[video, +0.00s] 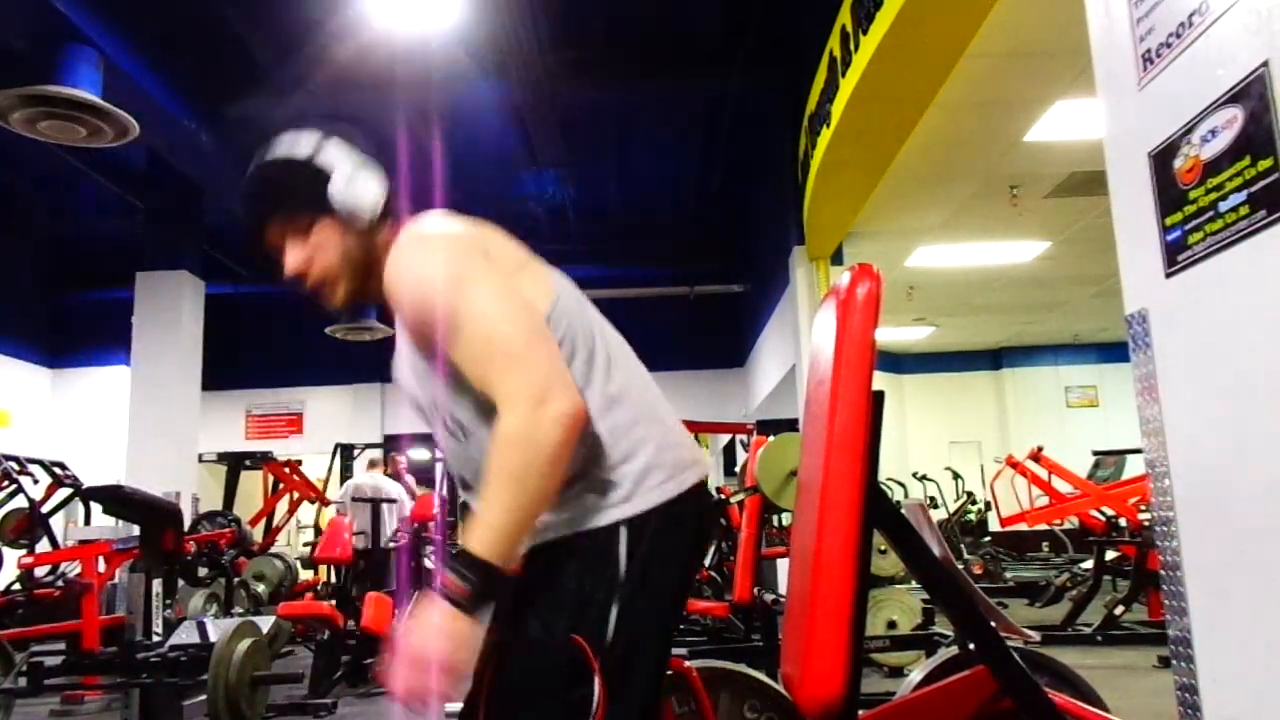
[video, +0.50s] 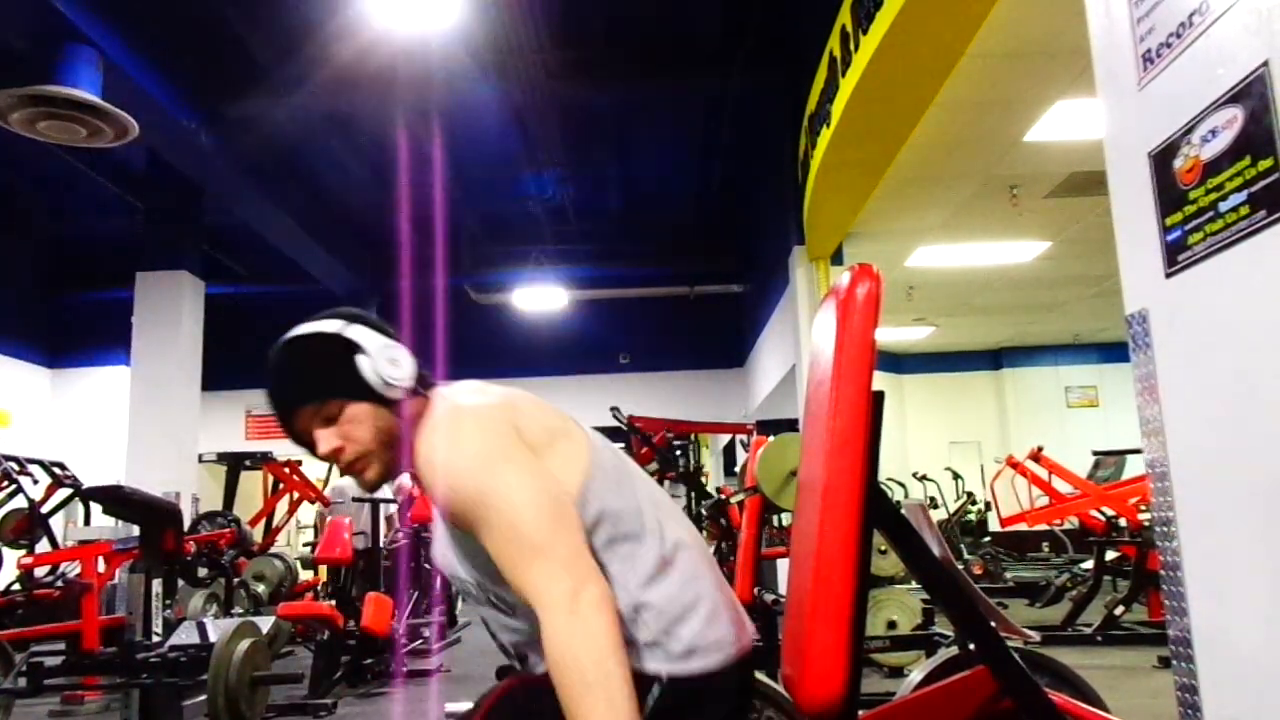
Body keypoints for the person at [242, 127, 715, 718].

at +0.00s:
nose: (292, 264)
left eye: (304, 231)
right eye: (281, 247)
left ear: (353, 203)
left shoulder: (427, 254)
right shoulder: (415, 282)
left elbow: (546, 408)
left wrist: (458, 595)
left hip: (624, 516)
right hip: (570, 525)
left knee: (549, 705)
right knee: (508, 700)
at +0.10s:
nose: (281, 339)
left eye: (287, 307)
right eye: (267, 325)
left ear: (330, 272)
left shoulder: (420, 307)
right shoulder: (408, 338)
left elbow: (561, 436)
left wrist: (524, 642)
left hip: (655, 528)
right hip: (601, 536)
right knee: (541, 703)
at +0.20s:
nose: (283, 395)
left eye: (285, 365)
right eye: (265, 387)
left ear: (328, 321)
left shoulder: (414, 355)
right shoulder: (405, 377)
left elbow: (565, 472)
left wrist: (557, 684)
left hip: (662, 555)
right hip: (607, 555)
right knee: (484, 710)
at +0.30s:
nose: (292, 429)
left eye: (294, 397)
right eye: (274, 421)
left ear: (334, 355)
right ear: (268, 430)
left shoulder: (422, 390)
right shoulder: (410, 405)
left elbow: (563, 522)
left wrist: (584, 698)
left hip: (659, 594)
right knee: (474, 712)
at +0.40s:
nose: (306, 444)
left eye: (310, 411)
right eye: (289, 436)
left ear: (356, 372)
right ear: (283, 445)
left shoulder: (436, 417)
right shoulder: (426, 424)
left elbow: (566, 564)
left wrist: (595, 714)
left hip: (664, 629)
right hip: (611, 621)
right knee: (477, 713)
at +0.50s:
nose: (327, 448)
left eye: (332, 416)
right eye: (310, 437)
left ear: (379, 379)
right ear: (306, 445)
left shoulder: (462, 433)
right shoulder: (447, 438)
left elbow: (577, 603)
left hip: (683, 673)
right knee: (502, 700)